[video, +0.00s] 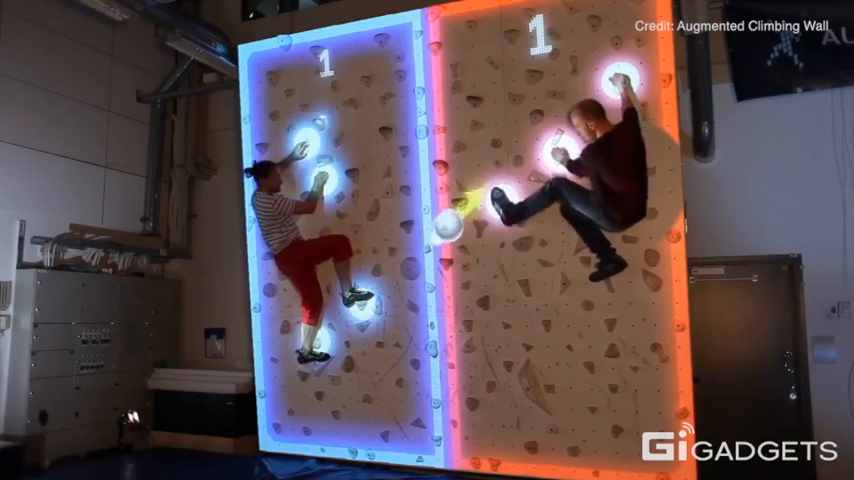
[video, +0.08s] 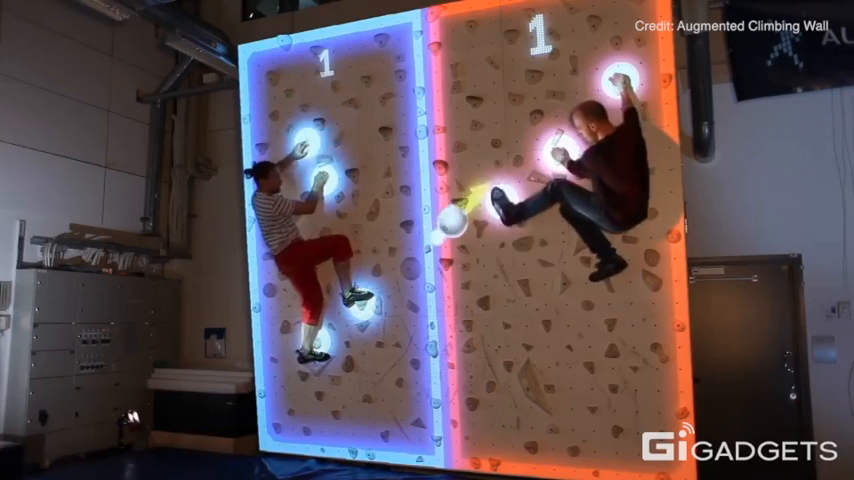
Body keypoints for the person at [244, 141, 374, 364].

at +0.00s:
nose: (280, 179)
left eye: (279, 176)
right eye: (276, 176)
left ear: (263, 180)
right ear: (265, 181)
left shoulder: (258, 196)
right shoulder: (272, 201)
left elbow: (275, 171)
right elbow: (309, 207)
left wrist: (292, 158)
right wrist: (318, 186)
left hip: (285, 257)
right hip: (294, 252)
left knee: (313, 299)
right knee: (339, 243)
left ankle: (306, 350)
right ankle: (348, 291)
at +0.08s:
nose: (280, 179)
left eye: (278, 175)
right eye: (276, 176)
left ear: (263, 181)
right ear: (265, 181)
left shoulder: (258, 197)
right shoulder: (273, 202)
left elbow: (275, 171)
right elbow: (309, 208)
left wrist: (292, 157)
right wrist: (318, 186)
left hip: (285, 257)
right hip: (294, 252)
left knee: (313, 298)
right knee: (339, 243)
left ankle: (306, 350)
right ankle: (348, 291)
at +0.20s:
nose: (280, 181)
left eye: (279, 177)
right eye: (276, 178)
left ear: (263, 182)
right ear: (265, 182)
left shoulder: (258, 198)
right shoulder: (273, 203)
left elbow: (276, 171)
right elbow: (309, 208)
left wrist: (293, 156)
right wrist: (318, 186)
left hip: (285, 259)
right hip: (295, 253)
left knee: (315, 300)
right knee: (339, 243)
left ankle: (306, 350)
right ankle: (348, 292)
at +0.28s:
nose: (280, 181)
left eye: (279, 178)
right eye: (276, 178)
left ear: (263, 183)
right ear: (265, 183)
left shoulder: (258, 199)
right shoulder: (273, 204)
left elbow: (278, 173)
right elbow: (310, 208)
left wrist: (295, 159)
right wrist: (318, 186)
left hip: (285, 259)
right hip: (294, 254)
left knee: (315, 300)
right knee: (339, 243)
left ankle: (306, 350)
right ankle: (349, 292)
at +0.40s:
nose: (280, 182)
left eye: (279, 178)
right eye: (277, 179)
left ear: (263, 184)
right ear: (266, 184)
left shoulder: (259, 198)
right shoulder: (274, 204)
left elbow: (281, 173)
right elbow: (310, 208)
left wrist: (301, 171)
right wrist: (318, 184)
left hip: (285, 259)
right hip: (295, 253)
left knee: (314, 301)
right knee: (339, 243)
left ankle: (306, 350)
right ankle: (348, 293)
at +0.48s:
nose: (281, 181)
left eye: (280, 177)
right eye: (277, 178)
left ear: (264, 184)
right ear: (266, 184)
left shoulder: (261, 198)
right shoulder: (275, 204)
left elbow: (284, 172)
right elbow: (309, 208)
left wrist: (309, 172)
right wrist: (318, 184)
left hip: (285, 259)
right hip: (294, 253)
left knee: (314, 300)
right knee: (339, 243)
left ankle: (306, 350)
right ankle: (348, 293)